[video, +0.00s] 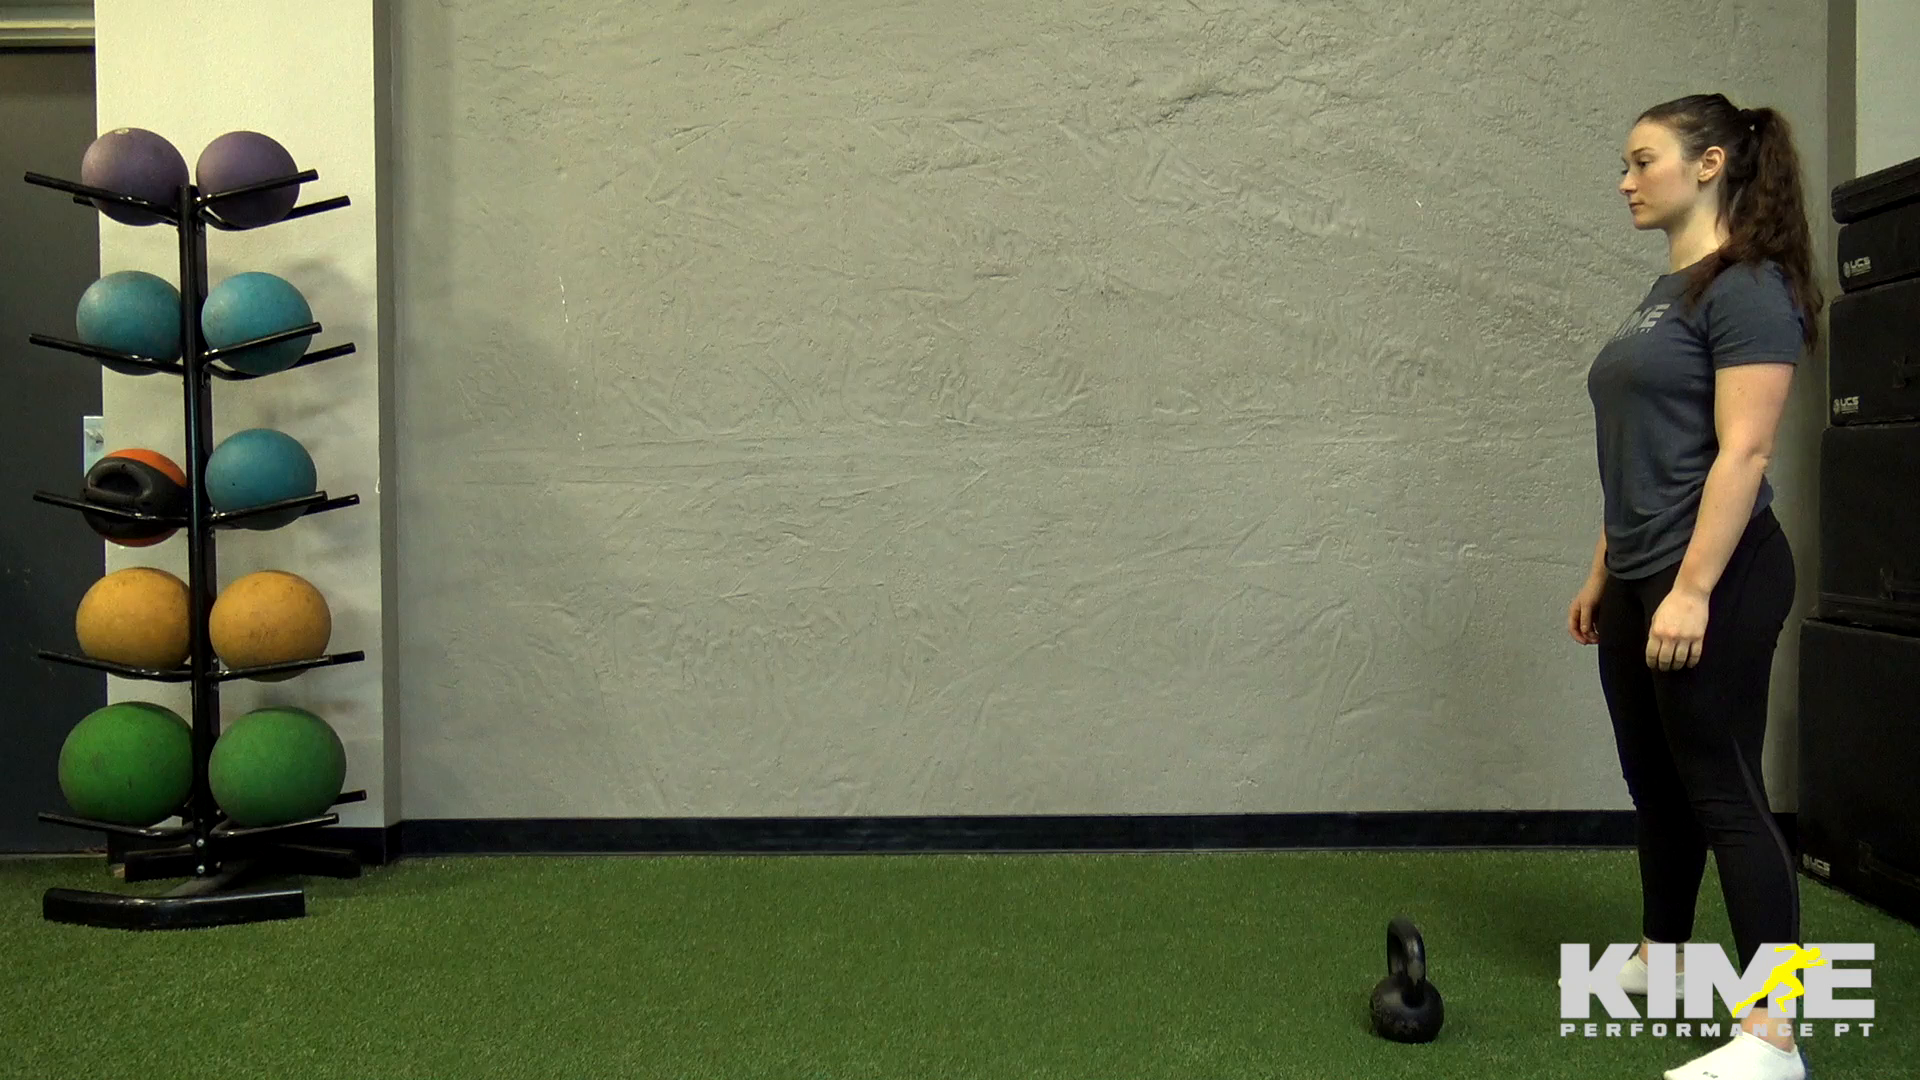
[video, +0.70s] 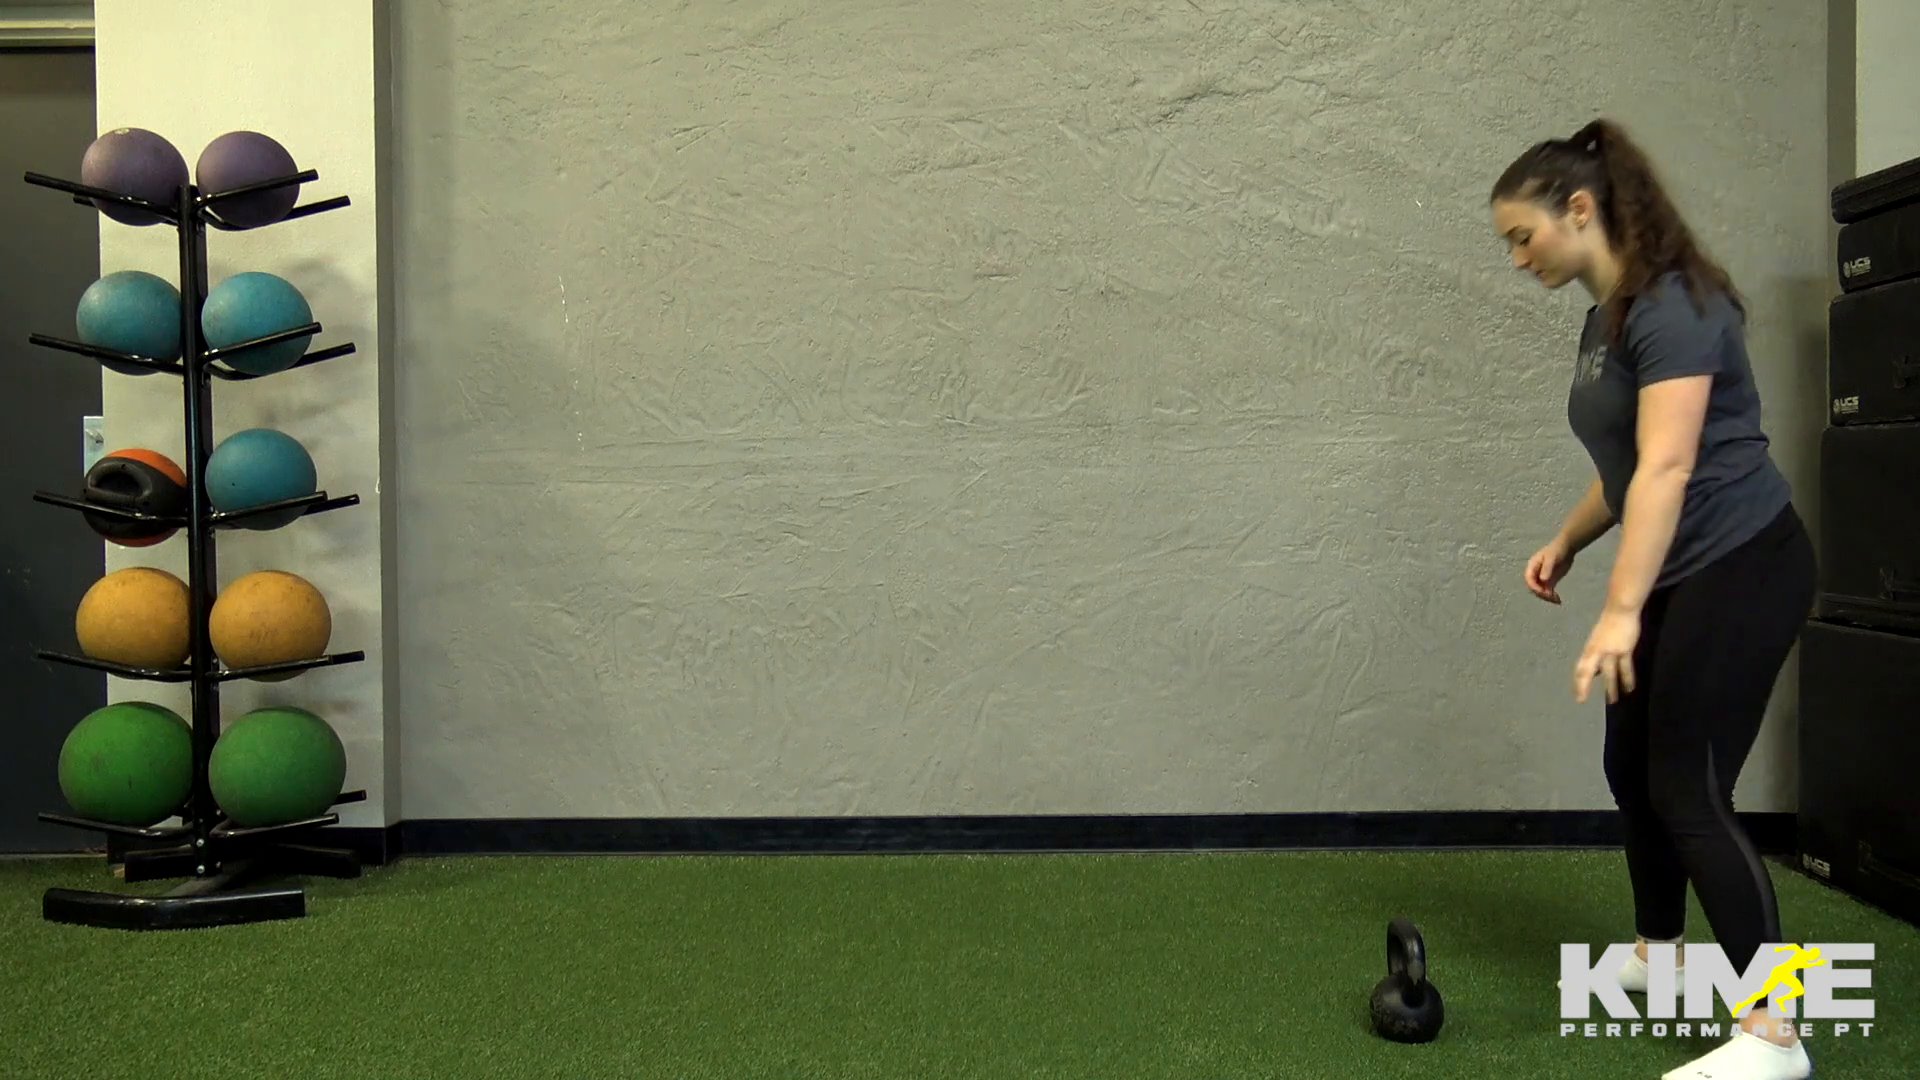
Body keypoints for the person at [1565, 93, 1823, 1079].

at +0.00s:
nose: (1627, 182)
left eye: (1643, 163)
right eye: (1628, 165)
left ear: (1710, 165)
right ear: (1695, 169)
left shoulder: (1746, 288)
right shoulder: (1670, 288)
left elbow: (1746, 453)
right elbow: (1644, 455)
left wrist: (1692, 587)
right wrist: (1603, 570)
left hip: (1719, 572)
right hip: (1642, 575)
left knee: (1726, 796)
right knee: (1660, 790)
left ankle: (1773, 1030)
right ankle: (1660, 975)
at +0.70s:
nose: (1522, 262)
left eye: (1522, 239)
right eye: (1514, 247)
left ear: (1580, 206)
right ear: (1581, 214)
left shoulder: (1674, 308)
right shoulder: (1615, 313)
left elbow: (1669, 470)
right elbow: (1636, 461)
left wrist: (1622, 605)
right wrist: (1565, 540)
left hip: (1743, 562)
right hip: (1678, 564)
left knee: (1684, 780)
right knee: (1632, 763)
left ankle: (1774, 1019)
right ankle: (1657, 962)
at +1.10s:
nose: (1457, 460)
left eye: (1459, 440)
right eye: (1448, 445)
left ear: (1510, 410)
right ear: (1513, 410)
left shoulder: (1605, 483)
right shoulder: (1579, 469)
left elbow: (1550, 666)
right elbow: (1654, 577)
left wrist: (1474, 787)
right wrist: (1554, 618)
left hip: (1829, 629)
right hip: (1746, 630)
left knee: (1690, 806)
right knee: (1602, 771)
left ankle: (1779, 1036)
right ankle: (1657, 963)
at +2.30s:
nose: (1429, 559)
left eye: (1433, 538)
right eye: (1422, 542)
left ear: (1492, 518)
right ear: (1492, 519)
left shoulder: (1590, 602)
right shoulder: (1549, 577)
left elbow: (1551, 793)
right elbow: (1559, 721)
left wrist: (1493, 913)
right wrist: (1496, 673)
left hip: (1833, 676)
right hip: (1761, 671)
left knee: (1673, 820)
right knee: (1586, 775)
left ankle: (1776, 1038)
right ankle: (1654, 957)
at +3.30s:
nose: (1443, 554)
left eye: (1448, 534)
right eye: (1437, 537)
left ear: (1507, 516)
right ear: (1506, 519)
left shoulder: (1602, 601)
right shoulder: (1563, 578)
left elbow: (1558, 786)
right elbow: (1569, 714)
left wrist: (1496, 907)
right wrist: (1507, 675)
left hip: (1843, 681)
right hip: (1767, 674)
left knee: (1679, 819)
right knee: (1591, 775)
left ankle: (1777, 1038)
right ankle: (1655, 957)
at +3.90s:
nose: (1450, 388)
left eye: (1465, 372)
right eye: (1453, 372)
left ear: (1527, 384)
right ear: (1522, 387)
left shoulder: (1585, 493)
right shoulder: (1551, 483)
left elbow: (1687, 637)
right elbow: (1565, 601)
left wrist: (1749, 731)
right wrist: (1495, 574)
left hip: (1806, 628)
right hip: (1734, 629)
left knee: (1693, 818)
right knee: (1585, 775)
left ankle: (1782, 1037)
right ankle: (1655, 960)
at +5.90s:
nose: (1662, 156)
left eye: (1681, 138)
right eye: (1663, 139)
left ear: (1747, 140)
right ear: (1729, 141)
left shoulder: (1779, 272)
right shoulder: (1698, 266)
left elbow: (1689, 418)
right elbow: (1686, 443)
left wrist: (1653, 287)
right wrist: (1647, 563)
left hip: (1749, 557)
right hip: (1676, 560)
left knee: (1739, 790)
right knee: (1649, 767)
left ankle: (1782, 1033)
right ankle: (1646, 949)